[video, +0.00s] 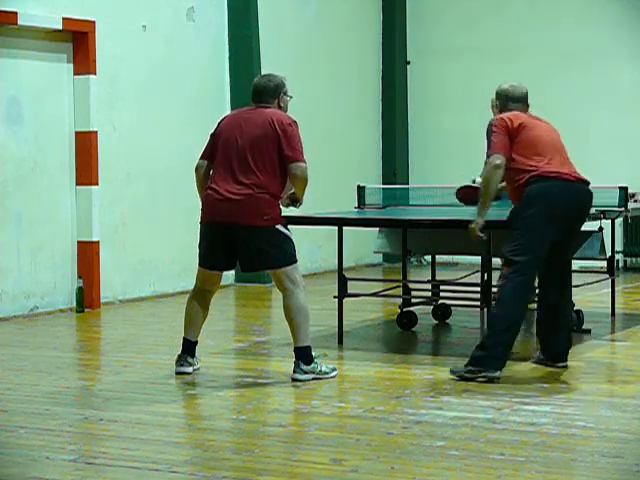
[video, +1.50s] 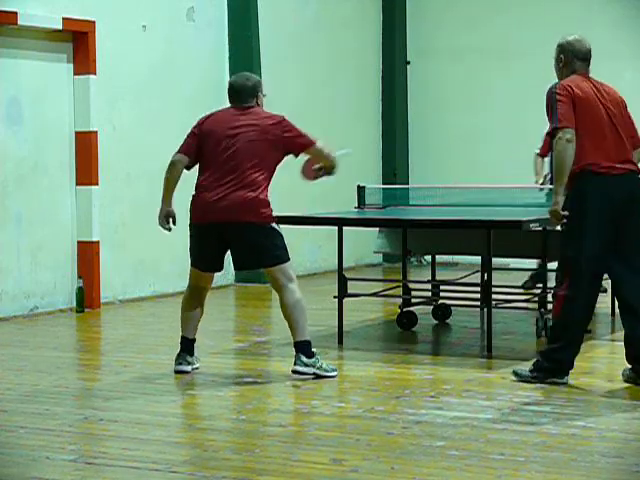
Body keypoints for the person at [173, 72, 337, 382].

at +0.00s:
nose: (289, 103)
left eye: (288, 98)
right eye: (287, 98)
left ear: (255, 99)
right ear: (278, 99)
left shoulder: (228, 120)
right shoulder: (284, 122)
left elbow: (202, 168)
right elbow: (298, 172)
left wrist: (210, 202)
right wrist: (297, 194)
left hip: (215, 214)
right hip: (260, 215)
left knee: (203, 288)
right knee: (292, 286)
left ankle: (186, 356)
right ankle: (304, 361)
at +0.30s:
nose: (290, 103)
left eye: (290, 98)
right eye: (288, 98)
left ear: (256, 99)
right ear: (279, 99)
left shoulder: (229, 121)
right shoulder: (284, 122)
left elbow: (202, 168)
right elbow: (300, 172)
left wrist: (210, 203)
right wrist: (298, 195)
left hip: (215, 214)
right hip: (260, 215)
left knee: (203, 288)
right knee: (292, 286)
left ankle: (186, 356)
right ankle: (304, 361)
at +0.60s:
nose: (289, 108)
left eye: (289, 103)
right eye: (288, 103)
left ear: (255, 105)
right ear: (280, 105)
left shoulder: (229, 126)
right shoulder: (286, 128)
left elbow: (202, 173)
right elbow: (303, 178)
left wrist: (210, 208)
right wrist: (298, 202)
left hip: (215, 217)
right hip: (259, 217)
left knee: (203, 286)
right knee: (296, 285)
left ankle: (186, 356)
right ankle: (305, 361)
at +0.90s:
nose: (290, 112)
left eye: (290, 107)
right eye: (289, 108)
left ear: (257, 109)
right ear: (283, 110)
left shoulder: (232, 130)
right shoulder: (287, 133)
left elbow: (204, 178)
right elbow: (302, 185)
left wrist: (213, 214)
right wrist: (301, 211)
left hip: (215, 223)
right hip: (260, 223)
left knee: (206, 288)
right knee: (299, 285)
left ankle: (186, 356)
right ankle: (305, 362)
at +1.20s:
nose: (283, 106)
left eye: (282, 103)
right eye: (282, 103)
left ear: (248, 105)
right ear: (276, 105)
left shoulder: (225, 128)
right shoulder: (285, 131)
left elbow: (196, 174)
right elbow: (308, 185)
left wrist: (198, 213)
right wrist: (297, 204)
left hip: (217, 221)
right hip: (262, 222)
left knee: (204, 288)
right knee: (299, 286)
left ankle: (186, 354)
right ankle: (305, 361)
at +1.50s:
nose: (265, 99)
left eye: (262, 95)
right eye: (263, 95)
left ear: (229, 98)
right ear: (259, 98)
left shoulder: (208, 123)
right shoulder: (275, 124)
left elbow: (177, 163)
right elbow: (326, 159)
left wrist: (166, 204)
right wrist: (321, 168)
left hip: (206, 216)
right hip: (252, 215)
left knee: (197, 287)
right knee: (286, 283)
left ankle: (185, 354)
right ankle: (305, 355)